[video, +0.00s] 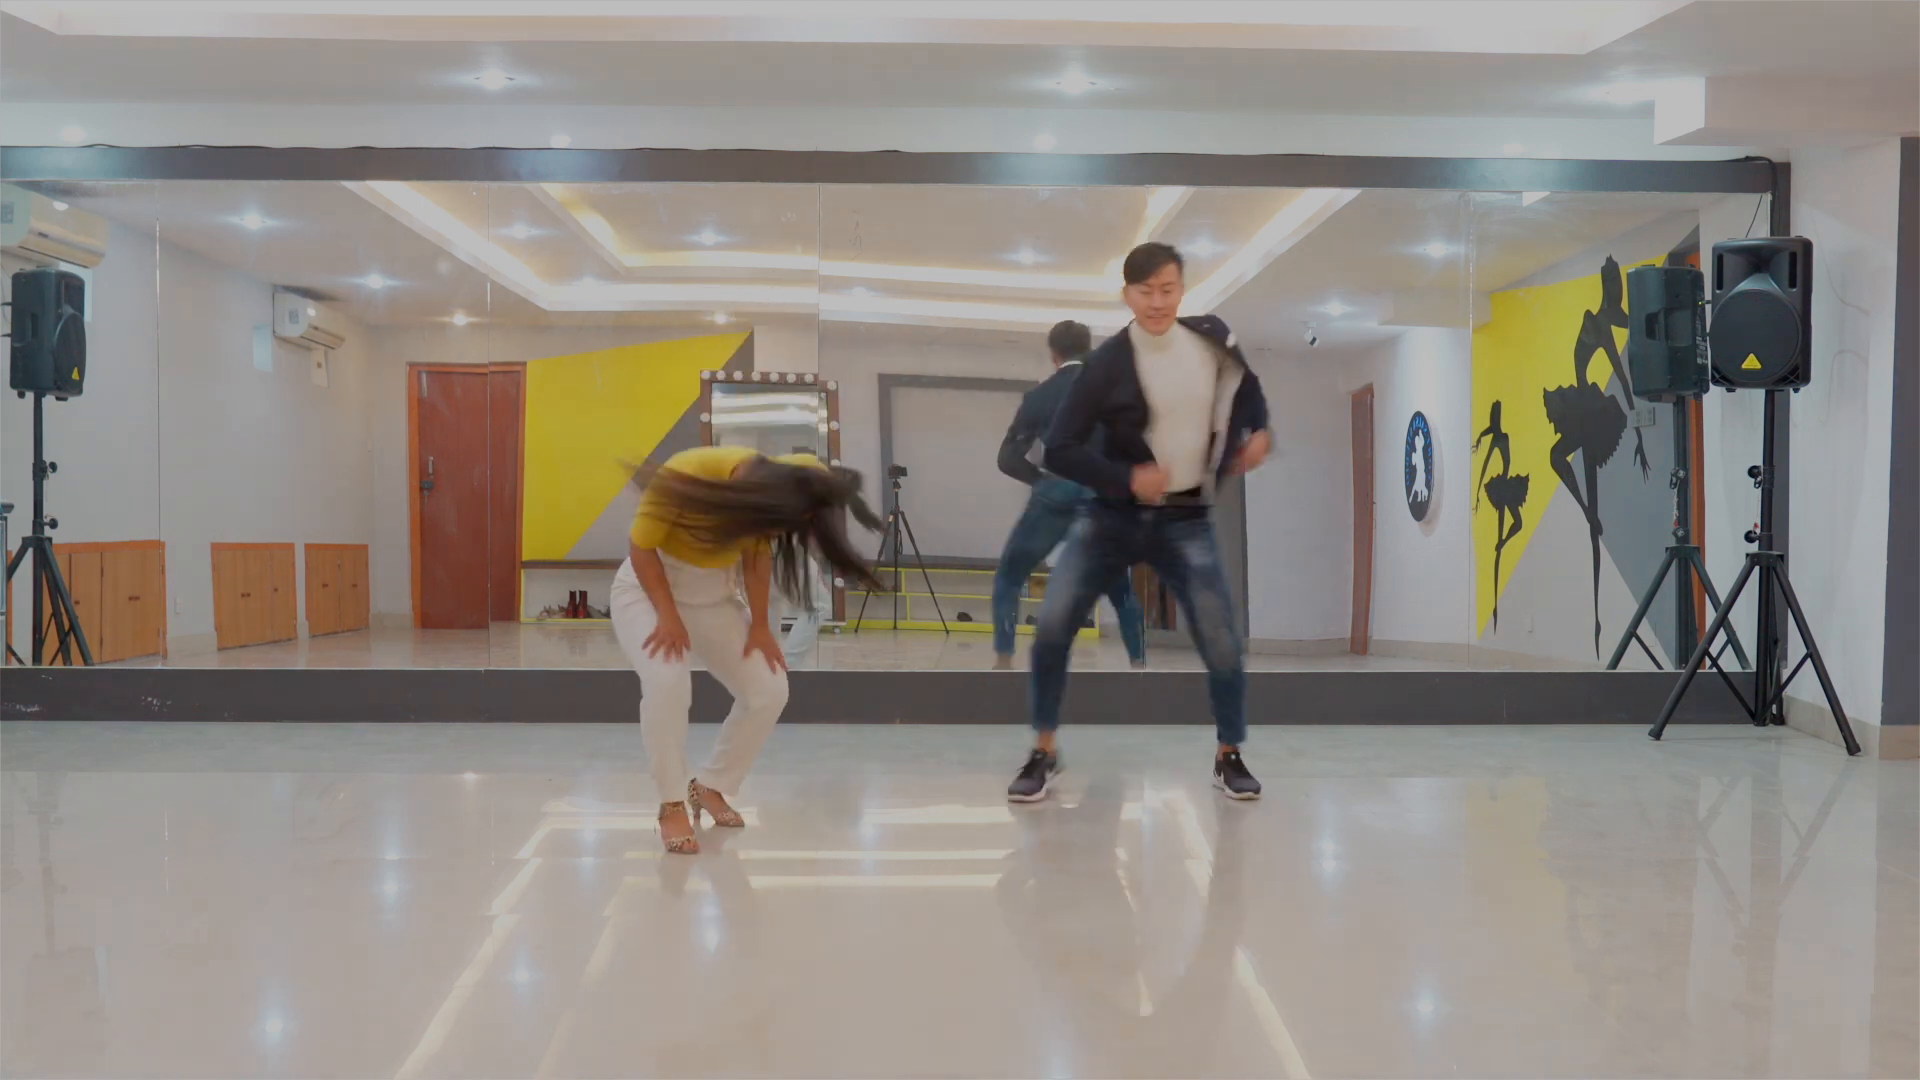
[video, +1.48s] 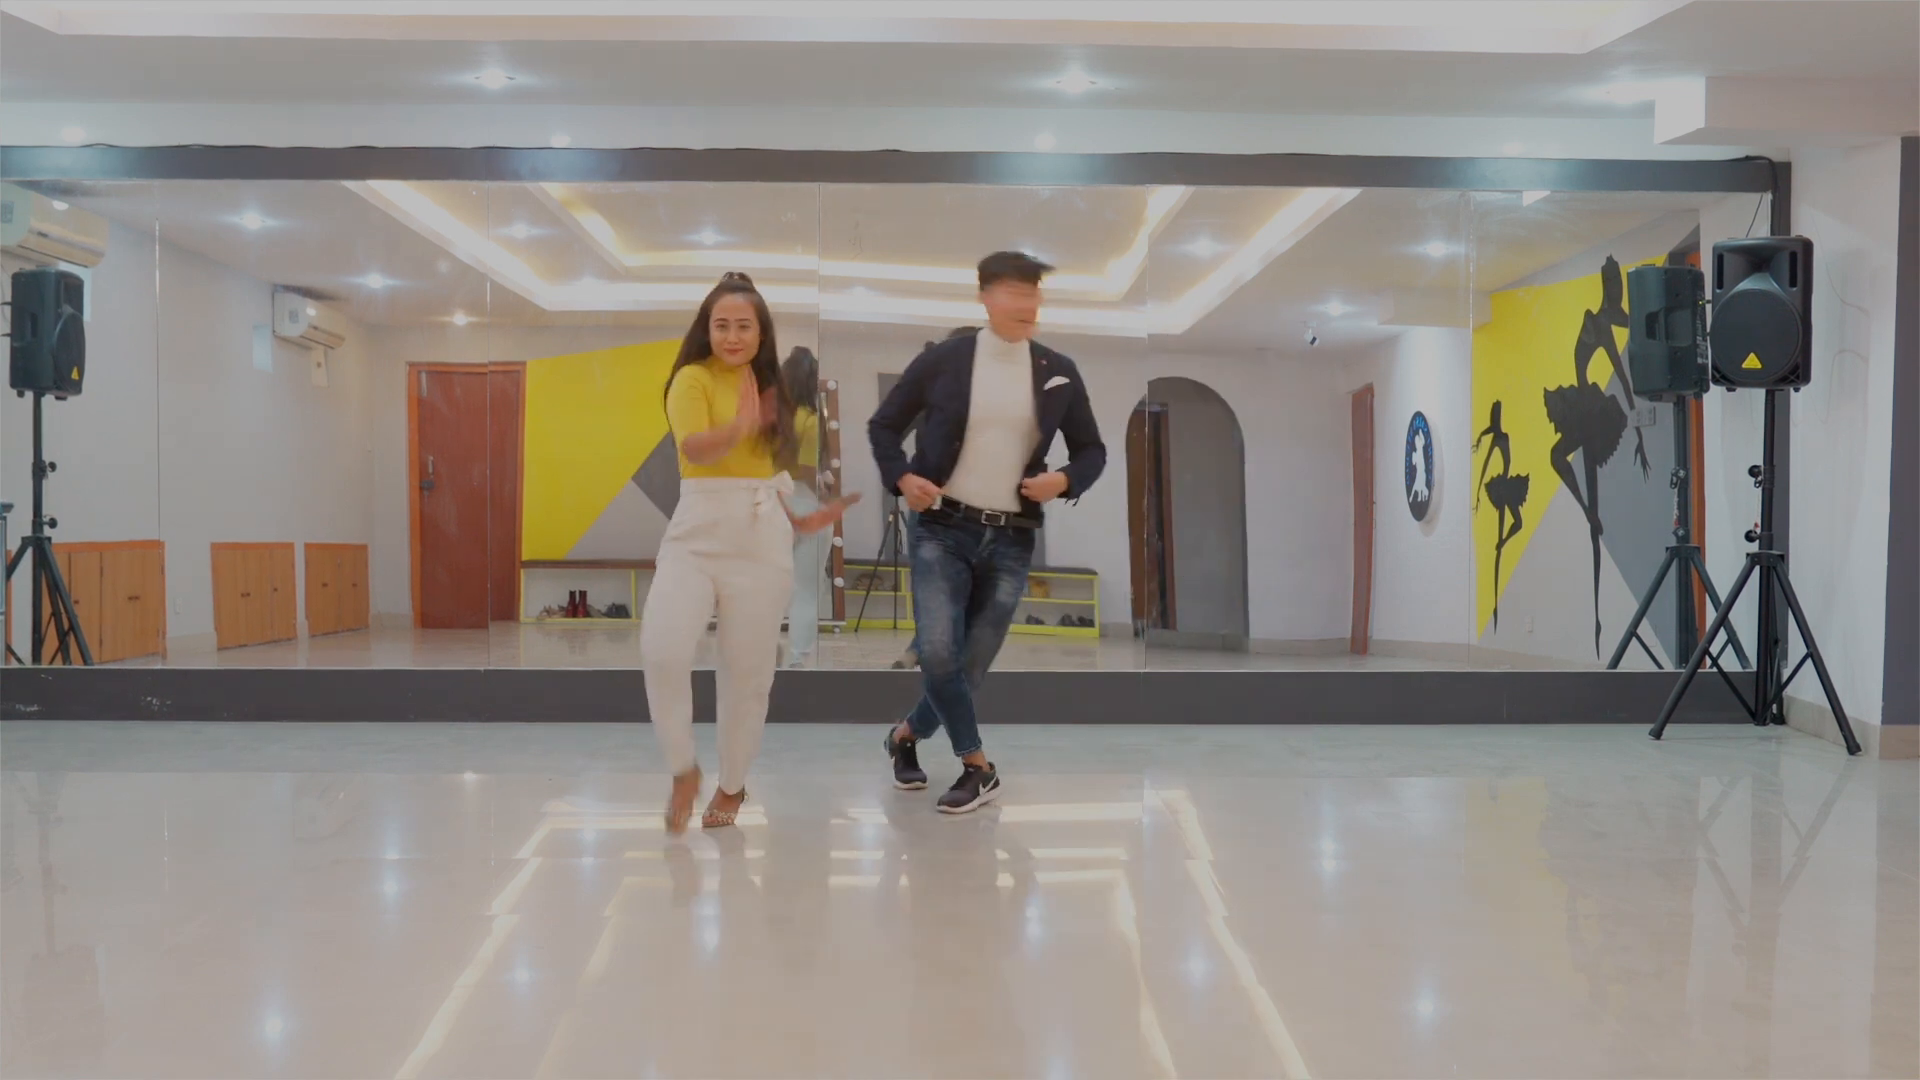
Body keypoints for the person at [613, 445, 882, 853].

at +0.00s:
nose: (780, 528)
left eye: (789, 524)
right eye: (781, 522)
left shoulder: (775, 486)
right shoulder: (682, 474)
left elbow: (757, 553)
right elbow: (641, 545)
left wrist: (760, 624)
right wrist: (668, 615)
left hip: (712, 593)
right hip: (646, 588)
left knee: (768, 689)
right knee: (667, 679)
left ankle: (710, 785)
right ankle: (673, 804)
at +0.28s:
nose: (757, 369)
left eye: (770, 369)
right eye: (747, 359)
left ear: (776, 397)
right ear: (718, 374)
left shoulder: (767, 453)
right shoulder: (681, 436)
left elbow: (759, 533)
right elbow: (630, 508)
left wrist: (759, 599)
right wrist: (647, 581)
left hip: (720, 588)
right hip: (654, 580)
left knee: (763, 689)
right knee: (679, 685)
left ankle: (713, 784)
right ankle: (674, 804)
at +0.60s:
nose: (722, 341)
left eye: (733, 334)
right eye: (710, 337)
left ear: (754, 356)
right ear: (697, 360)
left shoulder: (763, 420)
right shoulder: (678, 409)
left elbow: (752, 477)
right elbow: (609, 450)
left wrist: (752, 516)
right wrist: (650, 514)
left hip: (731, 572)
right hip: (667, 571)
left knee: (759, 685)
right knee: (680, 685)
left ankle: (710, 786)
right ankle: (674, 806)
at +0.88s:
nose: (718, 322)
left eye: (730, 313)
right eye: (708, 316)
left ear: (752, 331)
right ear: (695, 334)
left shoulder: (766, 394)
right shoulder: (676, 376)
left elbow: (779, 456)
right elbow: (601, 399)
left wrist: (762, 475)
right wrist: (653, 431)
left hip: (735, 549)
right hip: (672, 546)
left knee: (748, 676)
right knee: (678, 677)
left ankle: (711, 786)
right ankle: (674, 805)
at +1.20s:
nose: (721, 327)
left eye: (733, 317)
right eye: (711, 317)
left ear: (753, 326)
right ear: (697, 326)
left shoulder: (773, 390)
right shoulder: (678, 379)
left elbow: (804, 453)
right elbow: (619, 416)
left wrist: (842, 417)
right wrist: (640, 351)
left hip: (745, 545)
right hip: (677, 537)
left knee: (735, 673)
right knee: (681, 667)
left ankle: (717, 789)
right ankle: (686, 801)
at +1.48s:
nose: (732, 335)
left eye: (744, 324)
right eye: (722, 323)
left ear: (762, 332)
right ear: (706, 328)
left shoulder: (772, 391)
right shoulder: (691, 381)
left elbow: (767, 471)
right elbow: (692, 447)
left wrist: (796, 519)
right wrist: (744, 424)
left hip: (760, 540)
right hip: (692, 538)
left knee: (746, 669)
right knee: (661, 650)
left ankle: (731, 787)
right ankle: (682, 773)